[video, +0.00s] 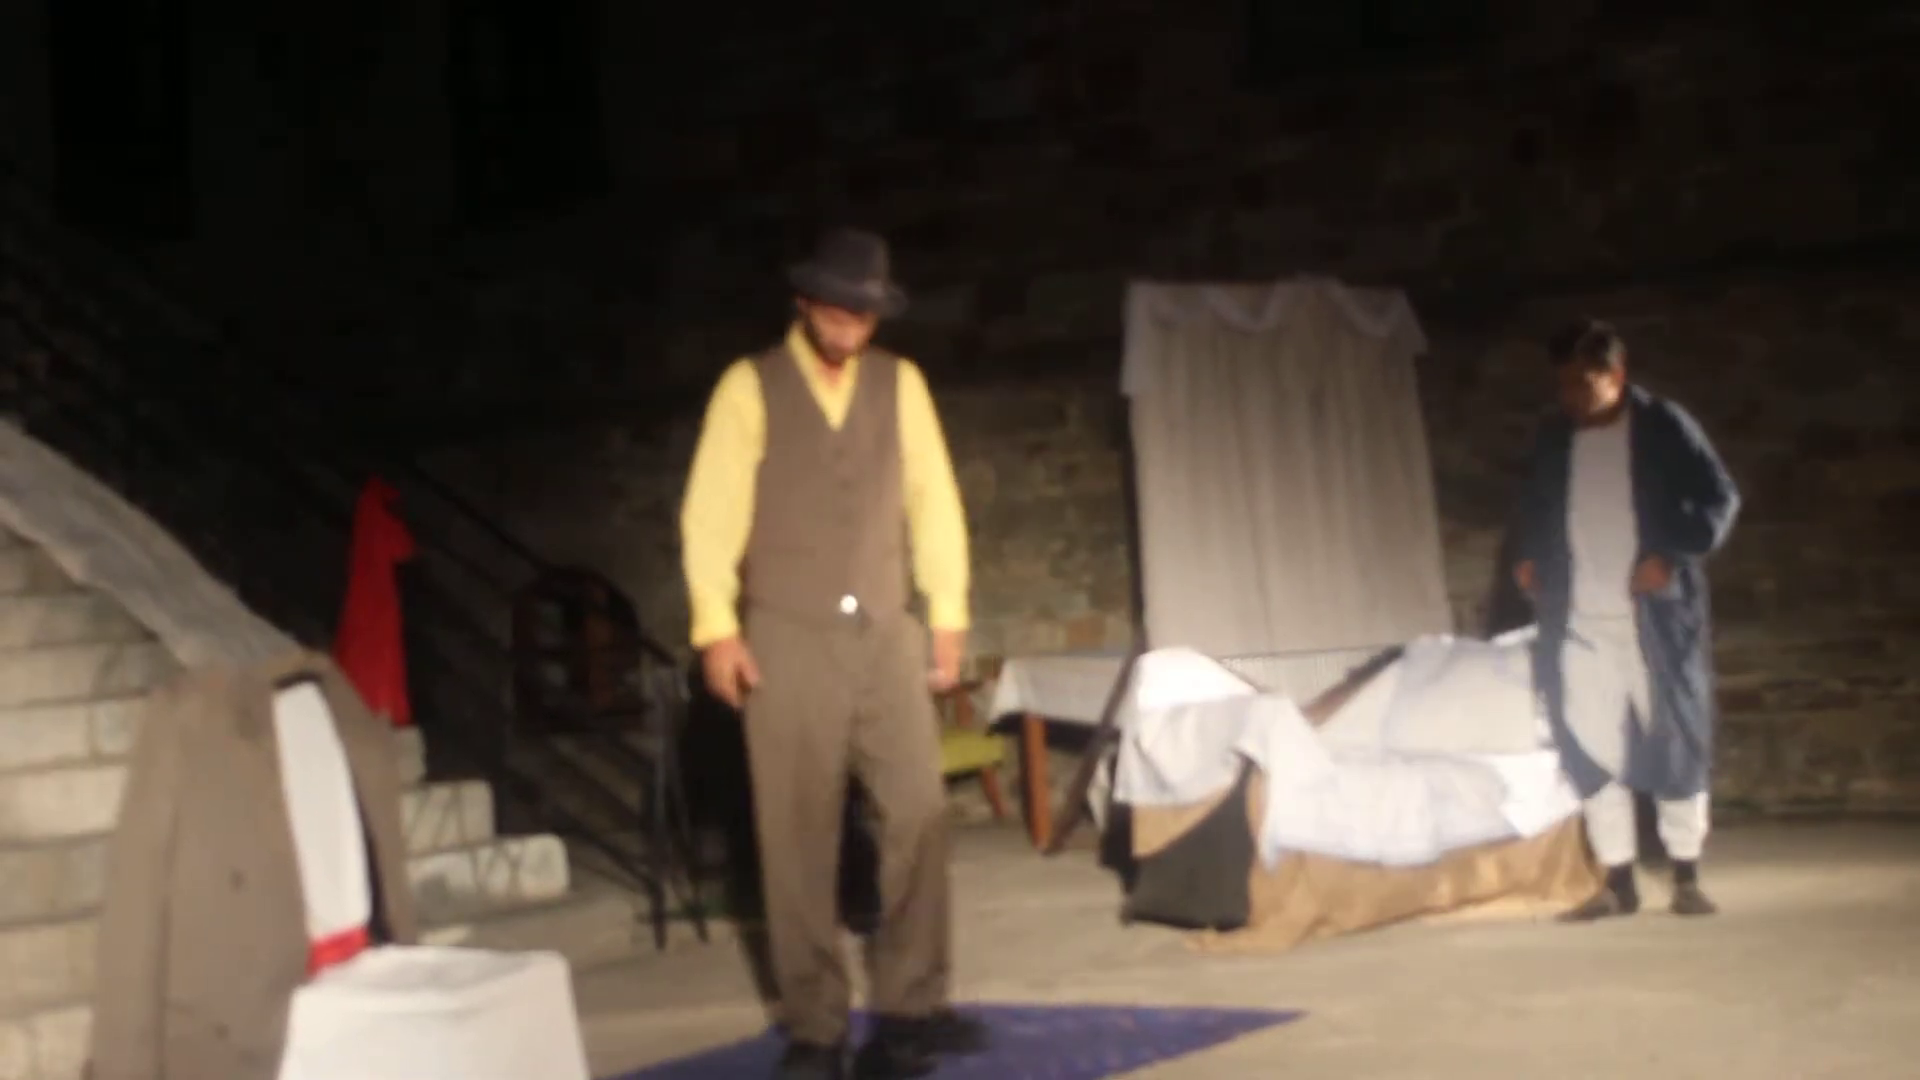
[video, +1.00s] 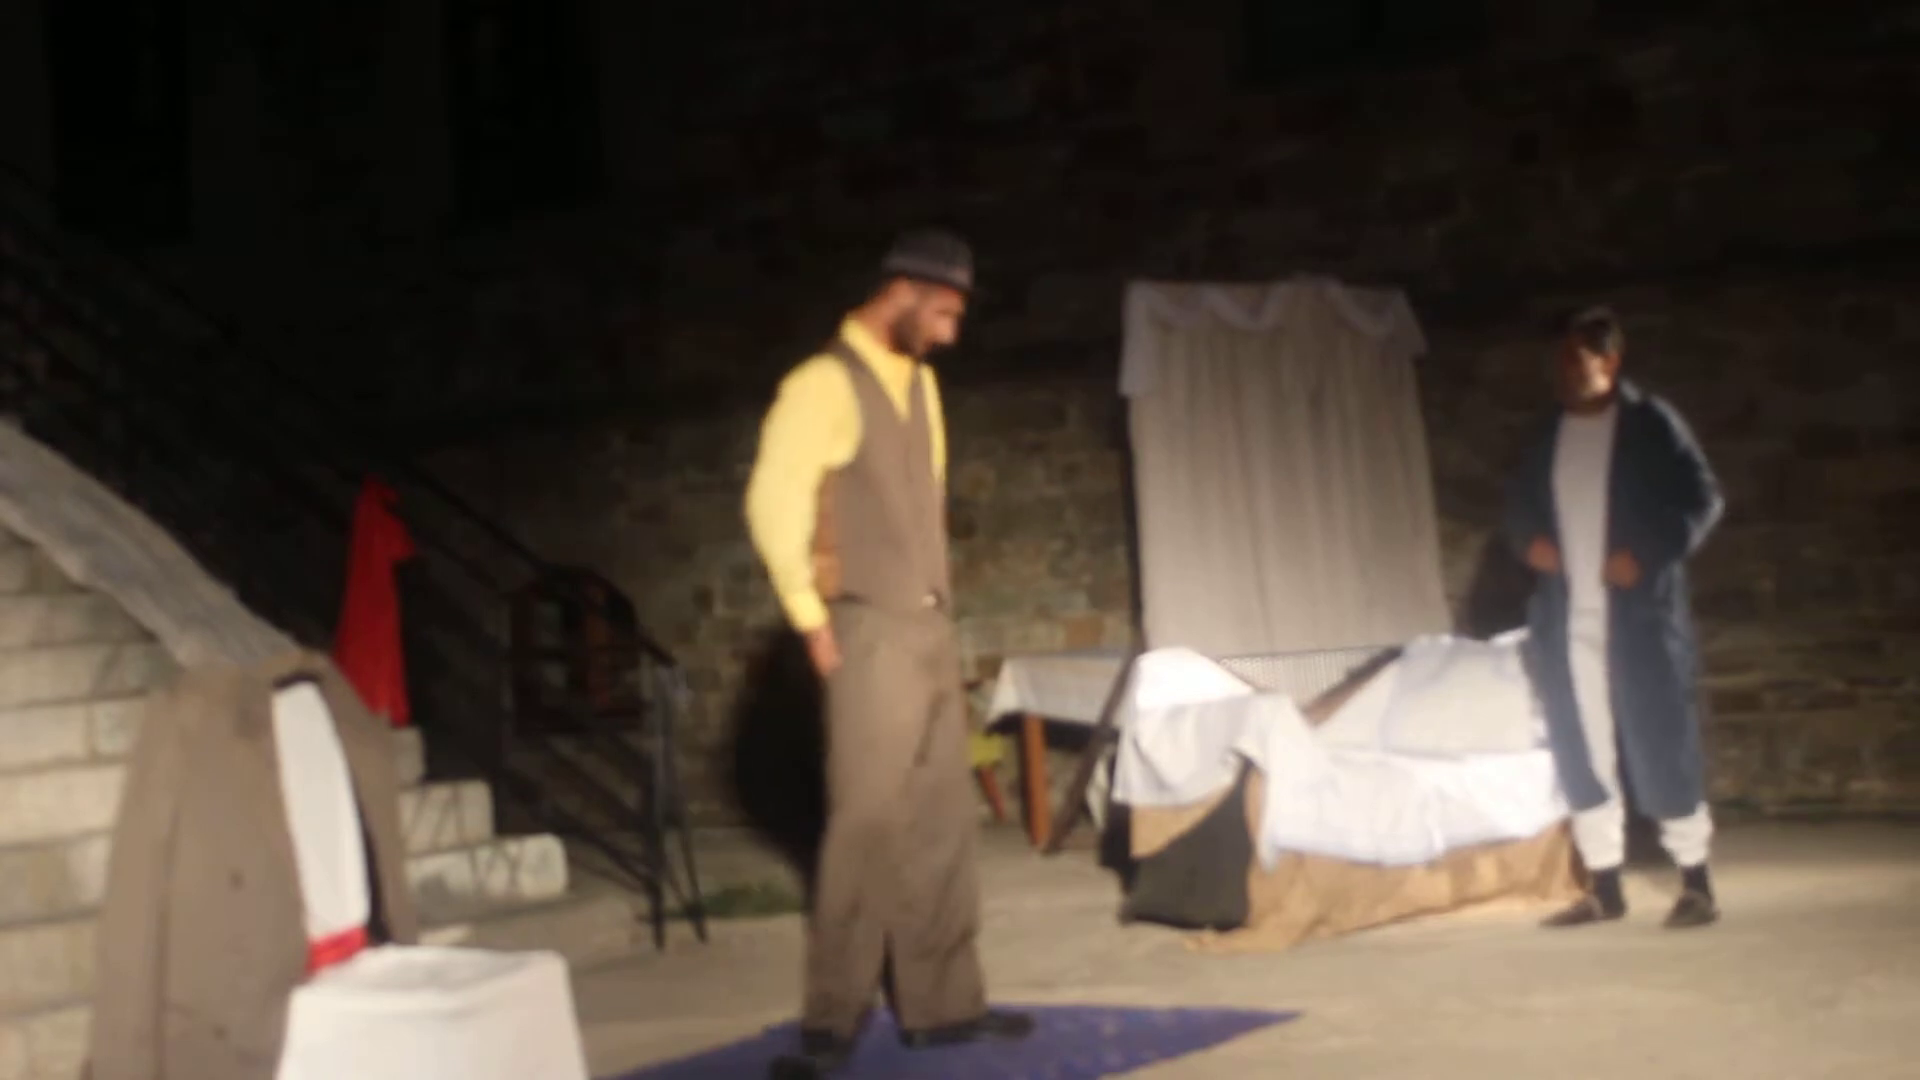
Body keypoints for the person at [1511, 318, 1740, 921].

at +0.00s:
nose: (1581, 394)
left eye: (1591, 381)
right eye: (1571, 383)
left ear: (1619, 373)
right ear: (1559, 383)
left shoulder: (1663, 425)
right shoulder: (1550, 441)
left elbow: (1717, 497)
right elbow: (1528, 512)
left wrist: (1671, 555)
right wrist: (1523, 556)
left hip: (1656, 624)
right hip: (1579, 629)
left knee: (1676, 744)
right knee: (1596, 755)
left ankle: (1685, 878)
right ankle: (1619, 884)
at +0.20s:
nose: (1570, 391)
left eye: (1581, 378)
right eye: (1560, 380)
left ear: (1608, 372)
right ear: (1548, 382)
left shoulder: (1652, 421)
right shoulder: (1544, 441)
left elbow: (1712, 494)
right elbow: (1523, 516)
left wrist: (1659, 552)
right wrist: (1521, 562)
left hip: (1650, 618)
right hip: (1575, 622)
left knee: (1675, 737)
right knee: (1591, 747)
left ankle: (1703, 877)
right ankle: (1617, 884)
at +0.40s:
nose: (1576, 382)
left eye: (1587, 369)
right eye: (1568, 371)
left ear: (1617, 367)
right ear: (1558, 374)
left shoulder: (1664, 420)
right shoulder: (1552, 436)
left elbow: (1725, 492)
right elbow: (1535, 503)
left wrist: (1662, 543)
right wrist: (1542, 546)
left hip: (1658, 619)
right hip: (1586, 623)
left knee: (1674, 738)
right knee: (1593, 742)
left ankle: (1701, 883)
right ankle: (1618, 880)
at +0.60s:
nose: (1582, 373)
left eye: (1594, 361)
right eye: (1575, 362)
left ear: (1625, 361)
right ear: (1565, 366)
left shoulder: (1668, 415)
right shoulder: (1559, 431)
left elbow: (1729, 487)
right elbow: (1542, 500)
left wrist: (1657, 527)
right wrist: (1552, 535)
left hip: (1663, 615)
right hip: (1591, 617)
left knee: (1678, 736)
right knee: (1585, 741)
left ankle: (1702, 883)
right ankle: (1606, 883)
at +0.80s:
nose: (1587, 371)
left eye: (1598, 358)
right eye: (1577, 360)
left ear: (1624, 359)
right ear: (1566, 366)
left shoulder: (1662, 417)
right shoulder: (1553, 431)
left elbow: (1719, 493)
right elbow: (1528, 498)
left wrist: (1651, 537)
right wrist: (1540, 535)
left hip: (1653, 615)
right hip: (1579, 617)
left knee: (1669, 735)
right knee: (1587, 739)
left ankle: (1698, 884)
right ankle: (1606, 886)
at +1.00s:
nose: (1577, 371)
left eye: (1587, 359)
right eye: (1568, 360)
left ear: (1613, 360)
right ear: (1557, 366)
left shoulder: (1652, 422)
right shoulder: (1543, 435)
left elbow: (1703, 500)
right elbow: (1517, 502)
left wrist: (1643, 556)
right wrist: (1530, 540)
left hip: (1640, 616)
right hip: (1565, 619)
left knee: (1660, 739)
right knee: (1582, 745)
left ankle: (1696, 883)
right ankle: (1605, 889)